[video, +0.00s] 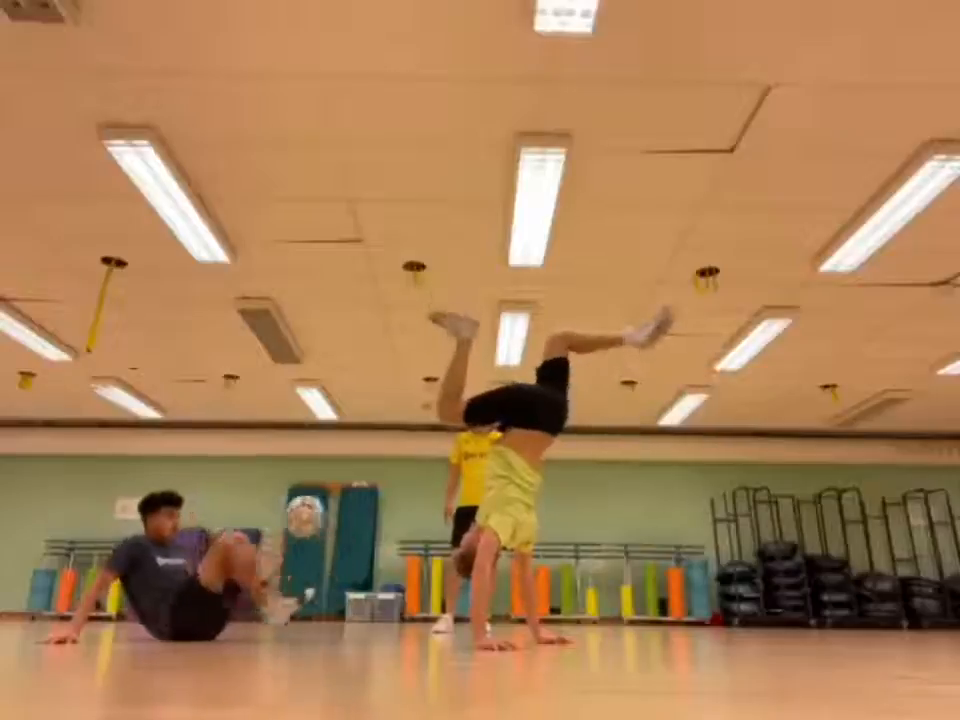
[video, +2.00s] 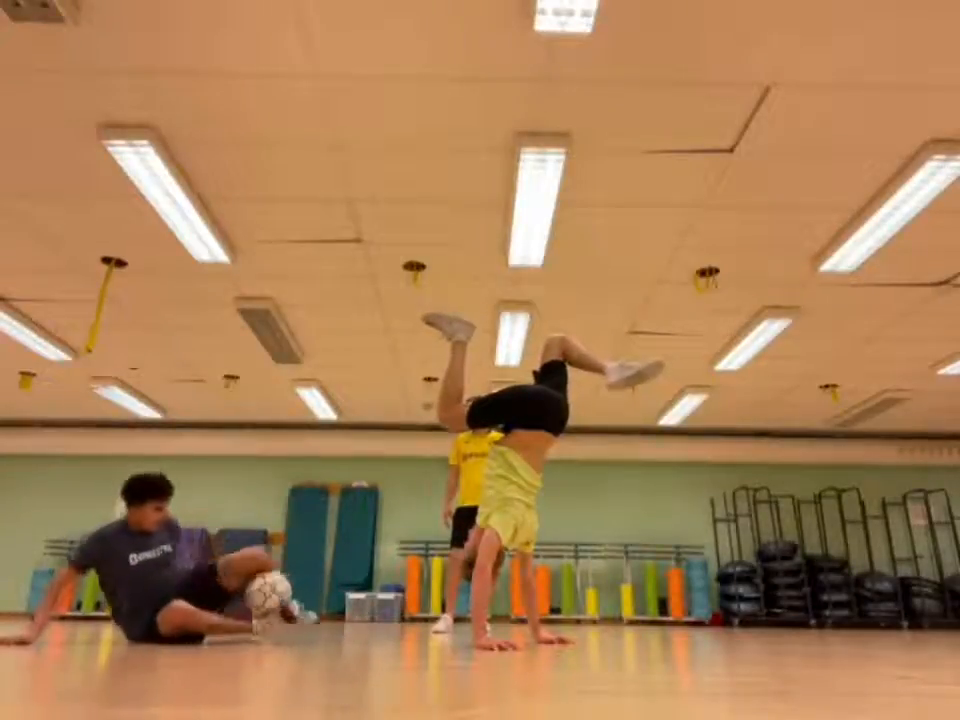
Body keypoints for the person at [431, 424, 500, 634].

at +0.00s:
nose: (478, 425)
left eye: (483, 420)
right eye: (474, 420)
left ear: (493, 418)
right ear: (468, 419)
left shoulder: (500, 439)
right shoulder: (463, 439)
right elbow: (454, 472)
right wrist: (449, 501)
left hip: (493, 504)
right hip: (467, 504)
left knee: (488, 564)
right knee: (456, 560)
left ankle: (484, 618)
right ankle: (449, 613)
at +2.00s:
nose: (476, 418)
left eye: (481, 412)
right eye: (473, 411)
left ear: (492, 415)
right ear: (467, 415)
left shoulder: (499, 439)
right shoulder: (462, 440)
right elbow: (454, 473)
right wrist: (448, 503)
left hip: (492, 504)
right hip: (466, 504)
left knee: (490, 564)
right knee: (456, 558)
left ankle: (483, 618)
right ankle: (449, 613)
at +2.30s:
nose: (476, 420)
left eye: (481, 414)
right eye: (473, 414)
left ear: (491, 416)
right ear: (467, 416)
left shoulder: (499, 439)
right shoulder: (462, 440)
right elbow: (453, 473)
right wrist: (448, 504)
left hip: (492, 504)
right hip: (465, 504)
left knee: (490, 564)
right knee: (456, 557)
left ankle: (484, 618)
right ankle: (448, 613)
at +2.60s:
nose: (476, 420)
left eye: (481, 414)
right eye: (472, 414)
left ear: (491, 416)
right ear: (466, 416)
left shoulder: (499, 439)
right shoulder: (462, 440)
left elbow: (506, 471)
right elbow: (453, 473)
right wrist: (448, 503)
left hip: (491, 504)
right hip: (465, 504)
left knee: (489, 563)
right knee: (456, 557)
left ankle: (483, 618)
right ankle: (449, 613)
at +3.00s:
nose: (472, 416)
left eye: (476, 410)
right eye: (469, 411)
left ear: (488, 413)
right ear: (465, 414)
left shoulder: (498, 438)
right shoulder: (461, 440)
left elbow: (506, 472)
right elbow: (453, 474)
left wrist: (502, 504)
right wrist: (447, 504)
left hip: (492, 505)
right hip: (465, 504)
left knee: (489, 565)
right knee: (456, 557)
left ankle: (485, 617)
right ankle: (449, 613)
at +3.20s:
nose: (470, 417)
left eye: (473, 411)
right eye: (466, 412)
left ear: (485, 412)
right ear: (462, 415)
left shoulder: (498, 438)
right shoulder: (459, 440)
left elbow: (506, 471)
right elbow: (451, 473)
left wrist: (501, 502)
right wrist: (446, 503)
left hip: (491, 504)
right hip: (464, 503)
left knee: (487, 563)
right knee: (456, 557)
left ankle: (484, 616)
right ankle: (448, 613)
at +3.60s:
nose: (472, 415)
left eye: (475, 411)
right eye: (469, 411)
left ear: (482, 414)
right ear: (464, 413)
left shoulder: (493, 438)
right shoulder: (454, 438)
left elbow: (500, 470)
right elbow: (445, 472)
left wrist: (497, 502)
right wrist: (440, 503)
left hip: (484, 503)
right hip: (457, 503)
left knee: (485, 560)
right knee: (448, 556)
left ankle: (483, 615)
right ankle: (444, 610)